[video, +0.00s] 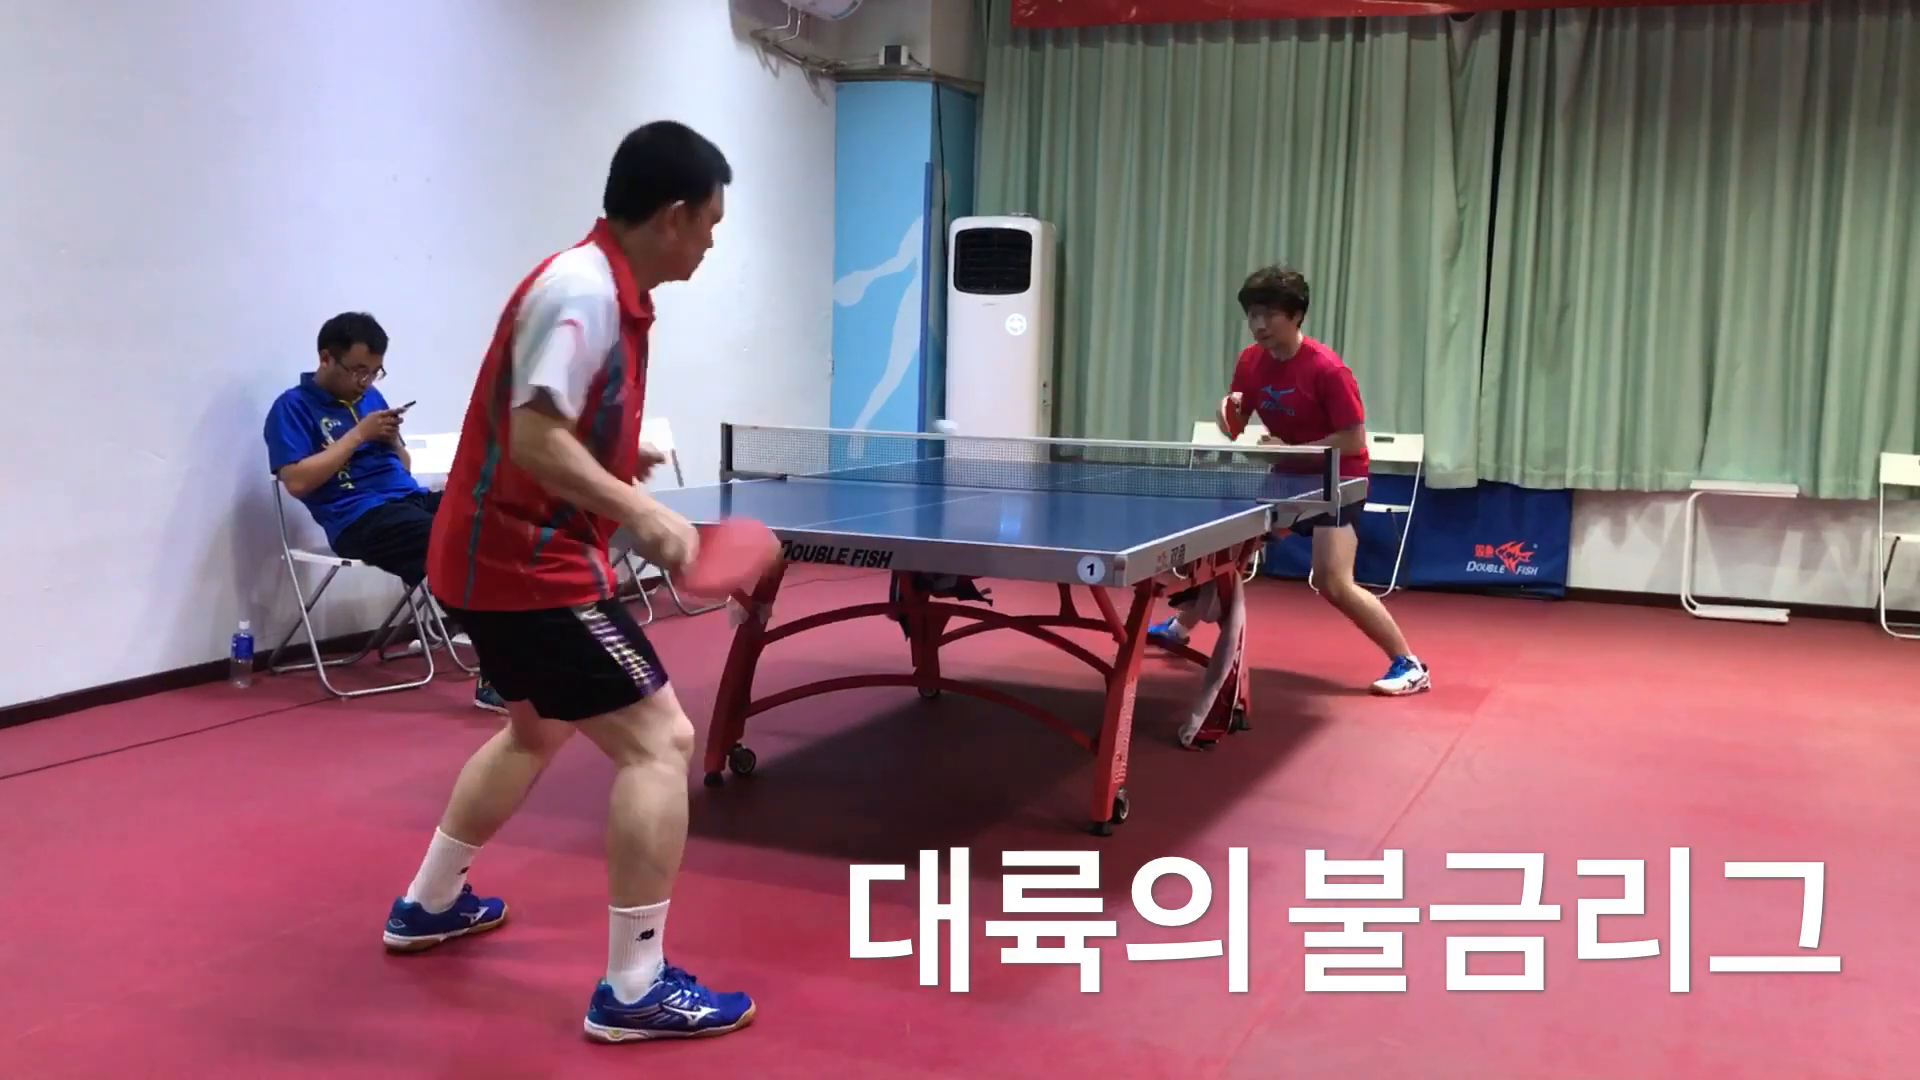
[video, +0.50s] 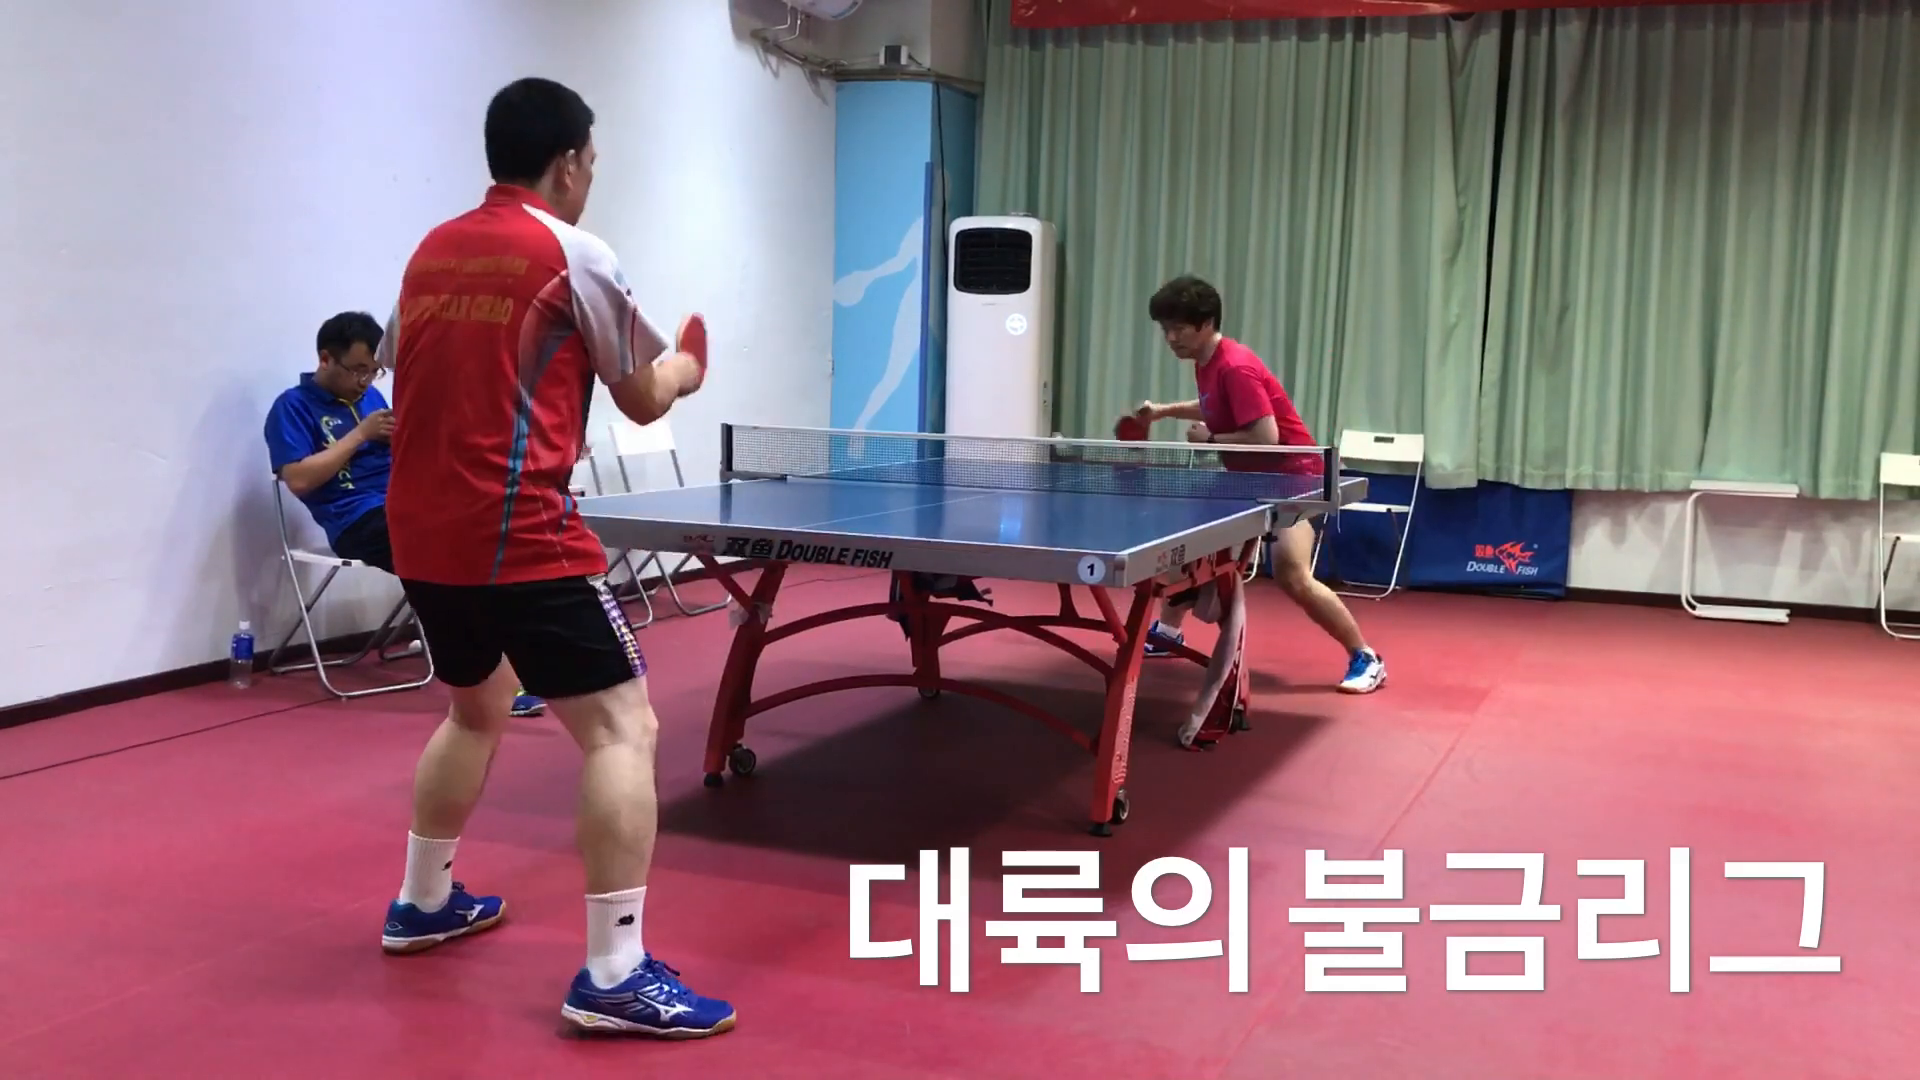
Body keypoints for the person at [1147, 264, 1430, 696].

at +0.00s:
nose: (1258, 325)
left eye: (1268, 314)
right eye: (1252, 316)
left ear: (1295, 314)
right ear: (1248, 318)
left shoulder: (1328, 370)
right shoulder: (1252, 362)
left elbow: (1354, 440)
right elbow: (1234, 428)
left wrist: (1290, 448)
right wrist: (1229, 413)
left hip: (1337, 478)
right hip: (1285, 474)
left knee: (1333, 581)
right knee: (1222, 541)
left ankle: (1408, 664)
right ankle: (1180, 628)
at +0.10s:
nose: (1242, 326)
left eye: (1253, 316)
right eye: (1236, 316)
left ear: (1279, 319)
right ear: (1230, 319)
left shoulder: (1313, 370)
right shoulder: (1232, 367)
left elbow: (1345, 436)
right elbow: (1210, 439)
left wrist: (1281, 451)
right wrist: (1210, 417)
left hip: (1323, 484)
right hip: (1269, 481)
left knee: (1331, 582)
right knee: (1205, 544)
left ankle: (1407, 663)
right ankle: (1171, 630)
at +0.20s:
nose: (1220, 315)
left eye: (1231, 306)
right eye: (1214, 307)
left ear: (1256, 309)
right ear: (1208, 311)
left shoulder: (1287, 360)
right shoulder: (1215, 361)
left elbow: (1321, 428)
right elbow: (1205, 420)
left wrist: (1259, 443)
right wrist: (1181, 421)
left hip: (1305, 478)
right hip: (1252, 477)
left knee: (1328, 579)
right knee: (1189, 537)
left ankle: (1405, 662)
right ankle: (1169, 630)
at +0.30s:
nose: (1196, 313)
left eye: (1205, 303)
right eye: (1189, 304)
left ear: (1232, 305)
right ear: (1185, 306)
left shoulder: (1260, 351)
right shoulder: (1206, 353)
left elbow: (1290, 419)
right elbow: (1207, 409)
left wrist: (1231, 431)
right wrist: (1168, 427)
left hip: (1299, 470)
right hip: (1248, 470)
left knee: (1315, 572)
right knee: (1192, 540)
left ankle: (1392, 654)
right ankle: (1168, 631)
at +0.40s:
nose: (1176, 326)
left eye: (1185, 316)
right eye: (1170, 317)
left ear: (1212, 316)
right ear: (1167, 319)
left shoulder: (1238, 358)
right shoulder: (1202, 357)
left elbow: (1268, 426)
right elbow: (1214, 406)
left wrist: (1213, 435)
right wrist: (1163, 422)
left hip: (1295, 472)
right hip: (1250, 471)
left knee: (1299, 573)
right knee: (1191, 541)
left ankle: (1369, 655)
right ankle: (1169, 631)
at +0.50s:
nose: (1170, 338)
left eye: (1178, 328)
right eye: (1166, 329)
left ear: (1205, 324)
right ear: (1166, 329)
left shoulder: (1236, 366)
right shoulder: (1204, 363)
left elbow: (1266, 435)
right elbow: (1217, 411)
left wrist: (1212, 438)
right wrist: (1163, 411)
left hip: (1294, 476)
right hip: (1248, 476)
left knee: (1294, 578)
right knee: (1187, 540)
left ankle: (1365, 657)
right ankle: (1167, 632)